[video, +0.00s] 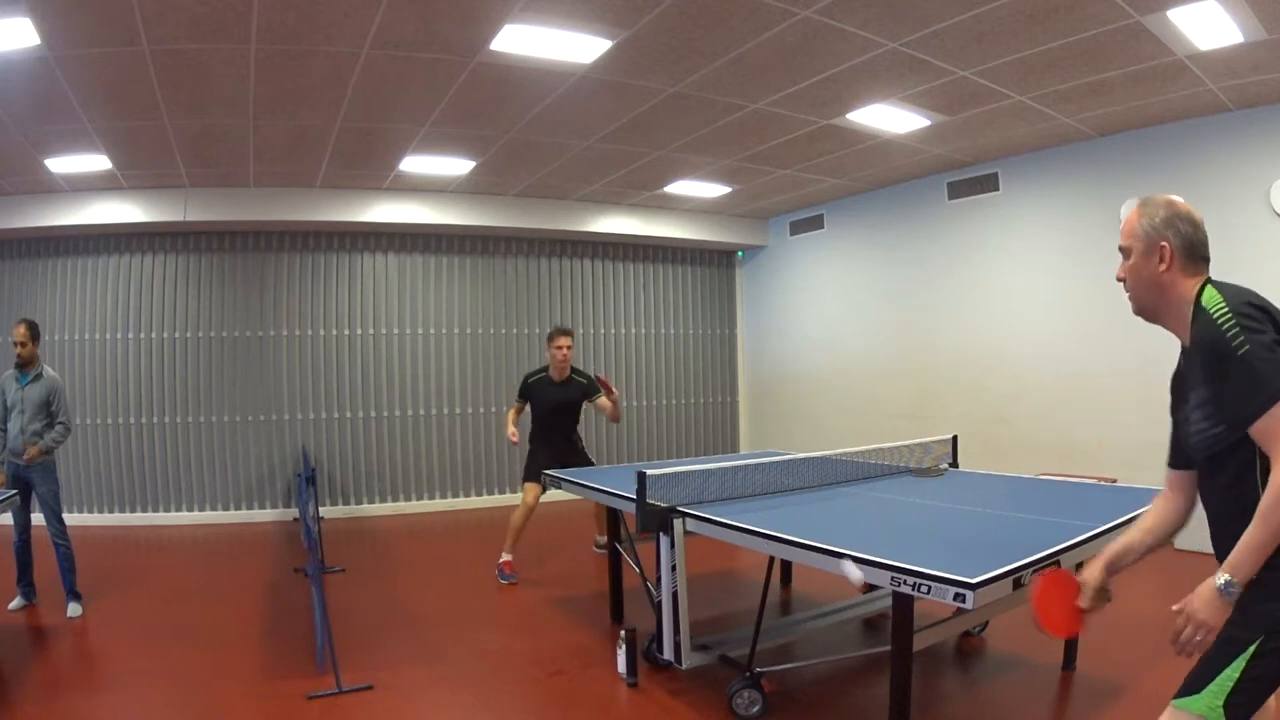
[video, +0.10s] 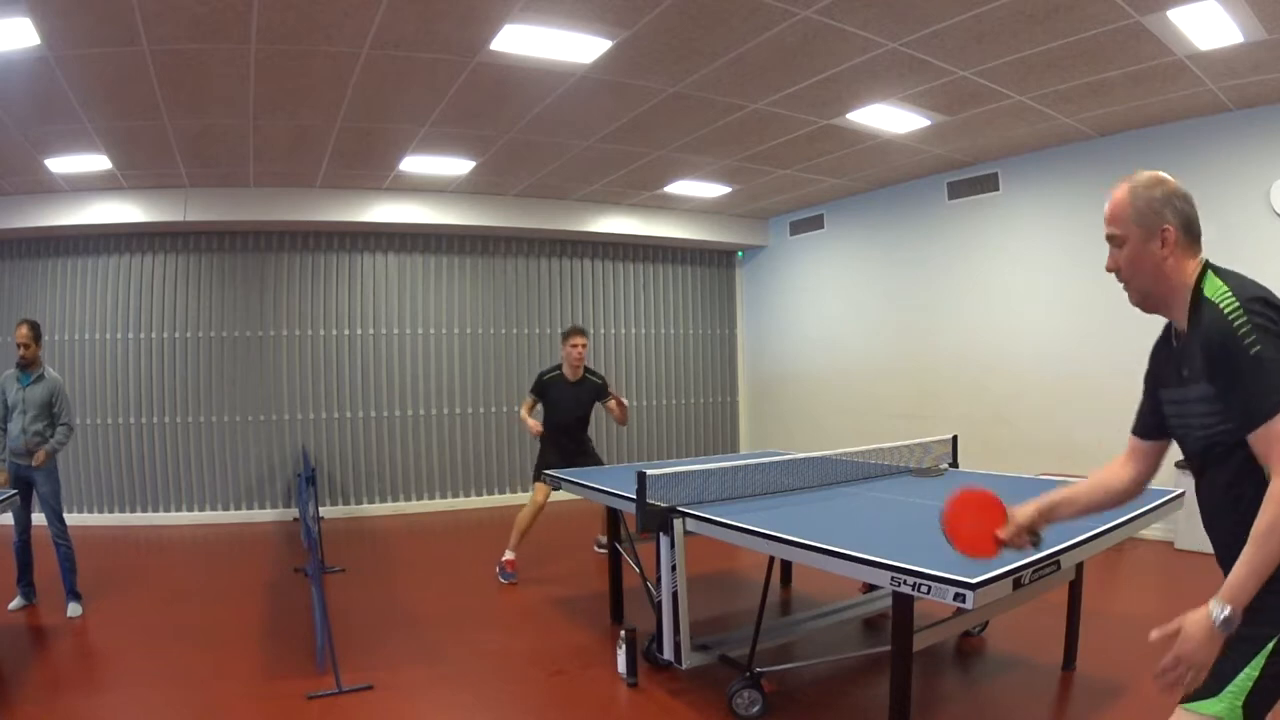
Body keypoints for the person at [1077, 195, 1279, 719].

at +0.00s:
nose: (1118, 273)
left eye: (1126, 255)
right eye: (1120, 257)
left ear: (1163, 257)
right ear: (1161, 260)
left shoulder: (1231, 329)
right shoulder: (1191, 359)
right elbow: (1177, 496)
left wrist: (1225, 586)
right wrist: (1106, 560)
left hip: (1275, 583)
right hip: (1259, 580)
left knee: (1188, 713)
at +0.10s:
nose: (1109, 263)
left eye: (1117, 243)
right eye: (1108, 245)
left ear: (1164, 242)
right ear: (1160, 244)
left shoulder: (1239, 324)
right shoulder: (1173, 342)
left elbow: (1279, 477)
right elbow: (1133, 468)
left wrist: (1221, 612)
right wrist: (1040, 510)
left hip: (1275, 586)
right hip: (1249, 582)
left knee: (1206, 710)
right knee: (1261, 704)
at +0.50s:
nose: (1057, 439)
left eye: (1063, 418)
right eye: (1043, 423)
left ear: (1114, 368)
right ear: (1111, 365)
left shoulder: (1254, 457)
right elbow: (1148, 444)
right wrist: (1142, 519)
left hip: (1266, 621)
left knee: (1225, 707)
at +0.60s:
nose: (1043, 409)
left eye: (1039, 392)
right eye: (1032, 396)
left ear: (1086, 357)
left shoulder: (1248, 436)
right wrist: (1191, 555)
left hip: (1267, 612)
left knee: (1228, 706)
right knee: (1233, 697)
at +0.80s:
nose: (1070, 318)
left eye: (1058, 303)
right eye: (1058, 305)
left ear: (1080, 288)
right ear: (1126, 239)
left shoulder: (1222, 362)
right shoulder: (1177, 296)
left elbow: (1279, 557)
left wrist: (1219, 703)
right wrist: (1228, 543)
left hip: (1270, 624)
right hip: (1250, 600)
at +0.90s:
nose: (1112, 288)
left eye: (1099, 270)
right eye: (1100, 273)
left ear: (1111, 258)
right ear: (1164, 219)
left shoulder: (1223, 323)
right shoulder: (1225, 279)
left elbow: (1272, 525)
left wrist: (1189, 665)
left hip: (1271, 633)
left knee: (1226, 710)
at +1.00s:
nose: (1157, 273)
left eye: (1147, 256)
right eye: (1150, 257)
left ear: (1156, 243)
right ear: (1210, 215)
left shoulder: (1233, 311)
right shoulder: (1261, 276)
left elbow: (1268, 487)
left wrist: (1184, 613)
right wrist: (1241, 579)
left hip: (1276, 612)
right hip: (1275, 604)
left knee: (1228, 713)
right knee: (1239, 707)